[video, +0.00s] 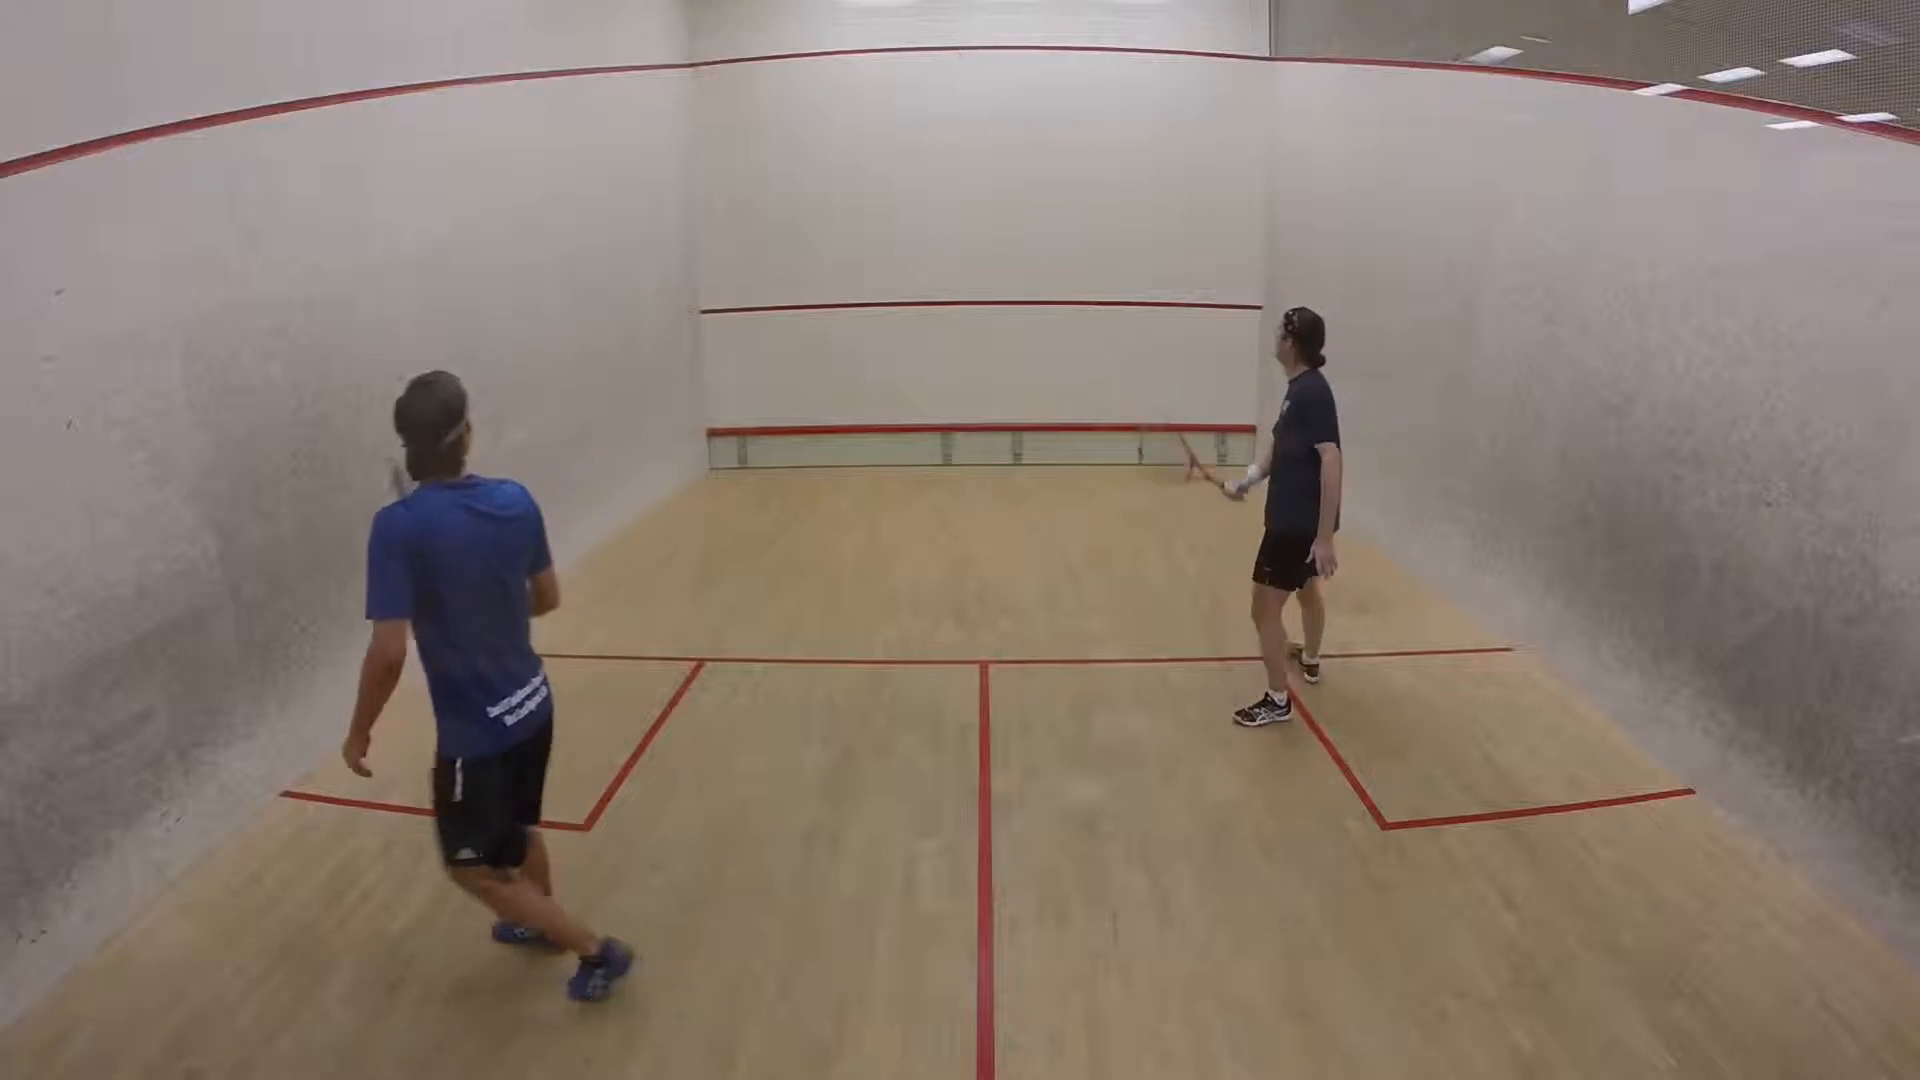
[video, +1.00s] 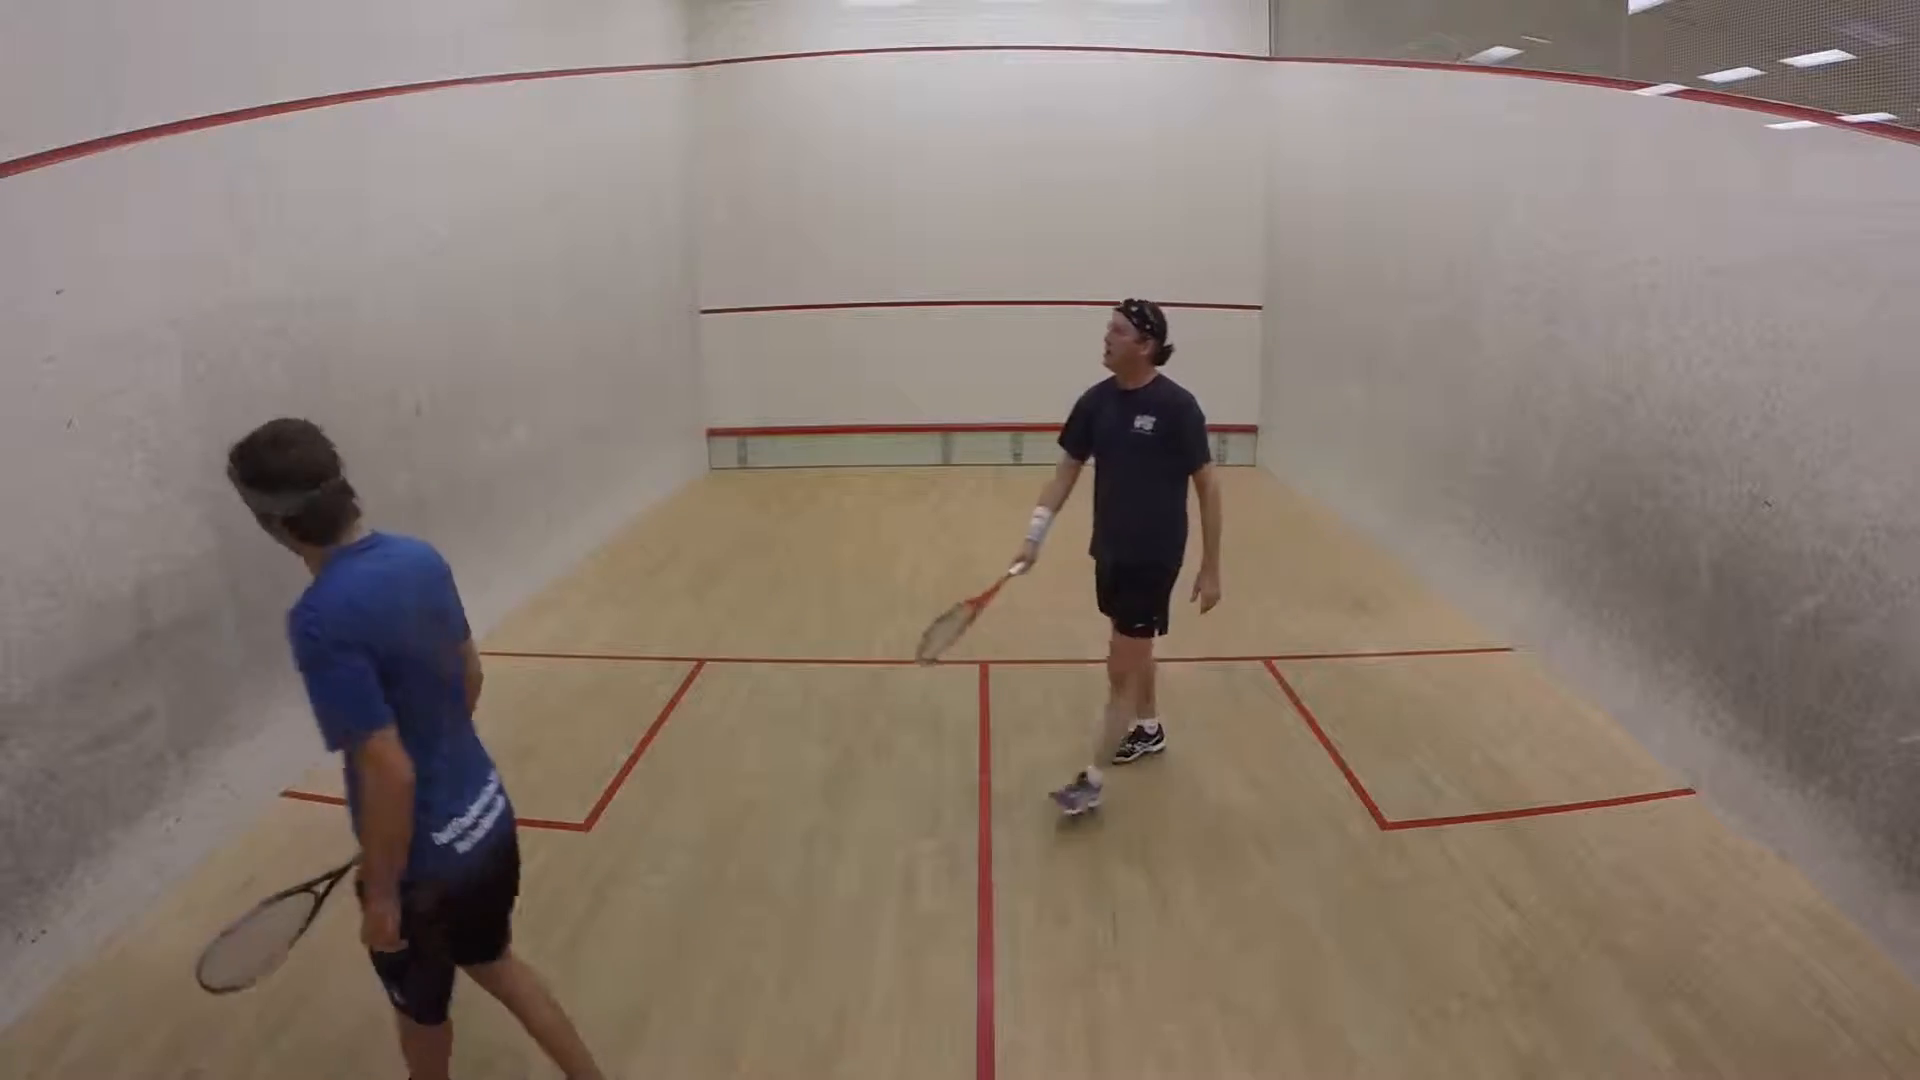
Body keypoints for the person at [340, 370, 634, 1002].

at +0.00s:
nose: (471, 428)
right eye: (468, 422)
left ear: (405, 441)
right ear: (467, 433)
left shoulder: (397, 528)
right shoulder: (512, 501)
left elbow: (389, 652)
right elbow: (546, 597)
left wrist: (360, 732)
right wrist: (480, 606)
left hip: (473, 732)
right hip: (531, 705)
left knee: (472, 866)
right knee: (521, 825)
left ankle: (599, 952)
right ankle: (540, 921)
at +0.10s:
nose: (436, 430)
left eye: (381, 428)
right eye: (436, 421)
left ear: (376, 437)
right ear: (441, 431)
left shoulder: (375, 528)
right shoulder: (486, 502)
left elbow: (377, 658)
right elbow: (516, 594)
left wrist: (354, 738)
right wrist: (447, 608)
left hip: (451, 736)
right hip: (513, 709)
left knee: (409, 868)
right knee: (512, 820)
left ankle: (539, 959)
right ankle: (545, 920)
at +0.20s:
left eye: (354, 439)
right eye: (409, 430)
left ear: (348, 447)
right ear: (413, 440)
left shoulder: (352, 542)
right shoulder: (460, 507)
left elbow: (367, 671)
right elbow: (485, 601)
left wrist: (350, 764)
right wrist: (417, 602)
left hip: (426, 752)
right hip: (490, 724)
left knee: (376, 889)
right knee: (502, 825)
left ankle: (478, 1020)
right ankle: (543, 919)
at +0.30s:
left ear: (313, 464)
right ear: (380, 453)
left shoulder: (325, 564)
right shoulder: (431, 524)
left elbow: (353, 701)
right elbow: (456, 618)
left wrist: (346, 801)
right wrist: (368, 577)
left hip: (400, 778)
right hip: (464, 744)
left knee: (372, 922)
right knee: (488, 837)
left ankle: (428, 1069)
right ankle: (543, 921)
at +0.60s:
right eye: (284, 449)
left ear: (217, 489)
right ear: (292, 463)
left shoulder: (242, 592)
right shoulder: (368, 537)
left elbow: (286, 741)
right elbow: (423, 656)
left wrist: (289, 865)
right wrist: (354, 684)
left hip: (352, 815)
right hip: (426, 774)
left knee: (356, 954)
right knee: (451, 871)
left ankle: (429, 1071)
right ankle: (498, 969)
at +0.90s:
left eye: (233, 482)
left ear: (244, 505)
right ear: (319, 470)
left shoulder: (273, 611)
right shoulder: (398, 549)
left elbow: (329, 772)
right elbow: (457, 664)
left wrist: (330, 887)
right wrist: (405, 731)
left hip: (383, 845)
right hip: (455, 801)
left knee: (401, 989)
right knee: (459, 926)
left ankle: (432, 1075)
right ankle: (562, 1044)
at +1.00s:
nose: (260, 523)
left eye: (258, 512)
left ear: (274, 524)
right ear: (342, 480)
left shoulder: (323, 619)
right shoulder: (417, 557)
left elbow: (388, 771)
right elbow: (467, 677)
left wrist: (381, 894)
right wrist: (420, 761)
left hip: (423, 867)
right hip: (491, 825)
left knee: (423, 1022)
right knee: (491, 957)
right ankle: (587, 1071)